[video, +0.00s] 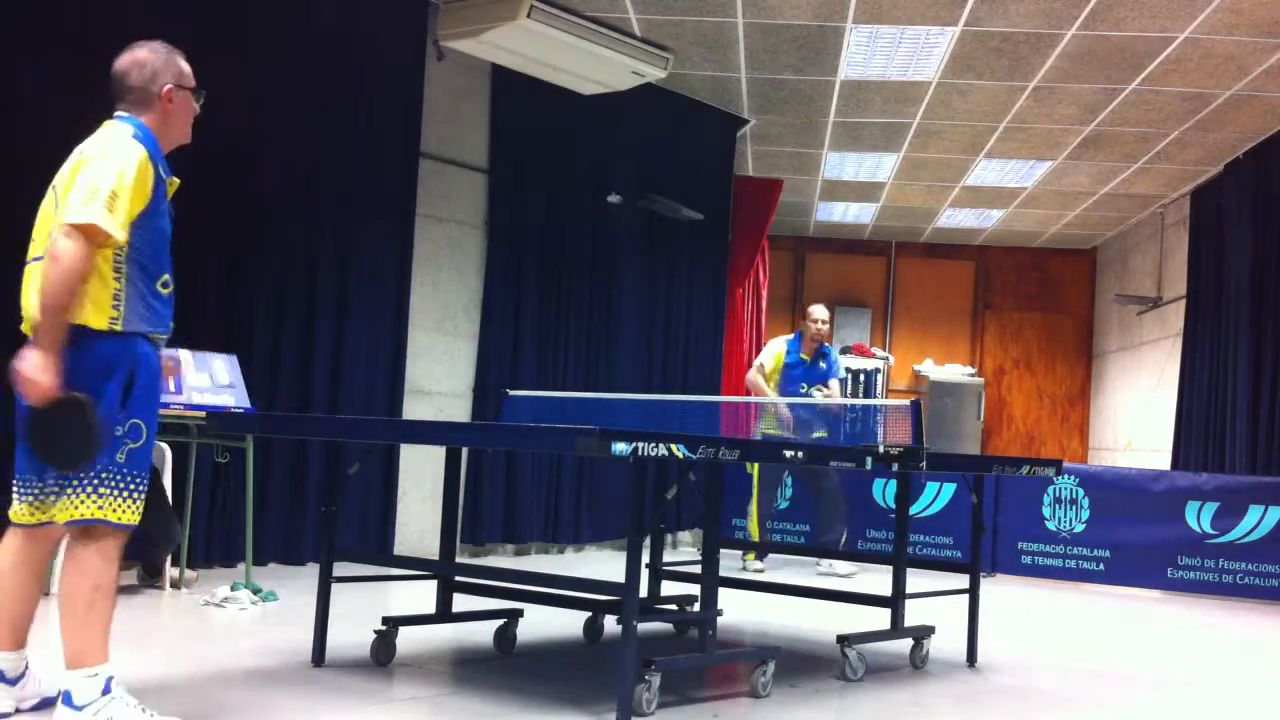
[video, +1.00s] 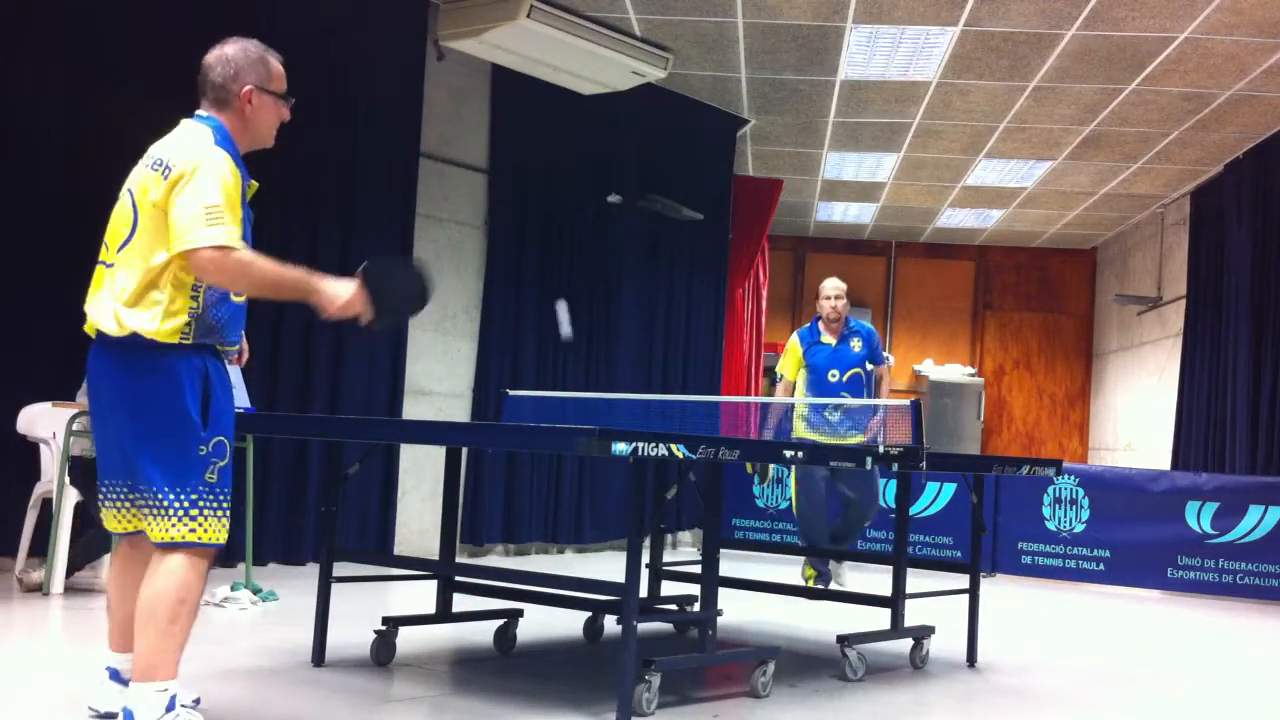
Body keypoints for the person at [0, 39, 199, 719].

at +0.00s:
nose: (196, 108)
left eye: (195, 95)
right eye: (192, 95)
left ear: (139, 95)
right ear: (167, 96)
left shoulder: (107, 149)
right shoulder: (127, 152)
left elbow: (96, 263)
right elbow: (72, 247)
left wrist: (145, 352)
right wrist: (45, 347)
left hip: (69, 352)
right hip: (109, 356)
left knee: (32, 518)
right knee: (101, 527)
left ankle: (7, 672)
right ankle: (89, 689)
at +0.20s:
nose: (210, 100)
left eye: (208, 87)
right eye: (206, 86)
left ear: (151, 87)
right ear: (181, 86)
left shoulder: (110, 142)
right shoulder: (150, 150)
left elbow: (119, 247)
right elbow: (135, 256)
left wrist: (207, 227)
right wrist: (175, 361)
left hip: (75, 353)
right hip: (113, 357)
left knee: (78, 521)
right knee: (104, 530)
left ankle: (31, 668)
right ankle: (86, 691)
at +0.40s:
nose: (227, 94)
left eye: (225, 83)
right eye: (224, 83)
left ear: (155, 84)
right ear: (203, 84)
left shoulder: (123, 135)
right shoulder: (178, 149)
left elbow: (174, 185)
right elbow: (175, 255)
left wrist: (231, 147)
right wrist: (241, 342)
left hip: (90, 349)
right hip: (133, 355)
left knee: (121, 519)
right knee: (115, 523)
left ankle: (101, 674)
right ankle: (87, 689)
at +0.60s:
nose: (242, 99)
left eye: (241, 87)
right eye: (238, 86)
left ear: (176, 89)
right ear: (214, 90)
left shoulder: (141, 142)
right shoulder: (189, 155)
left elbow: (176, 204)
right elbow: (186, 263)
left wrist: (244, 174)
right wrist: (252, 339)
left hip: (113, 354)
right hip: (157, 357)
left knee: (145, 526)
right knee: (156, 530)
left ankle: (126, 672)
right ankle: (95, 683)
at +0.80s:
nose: (269, 107)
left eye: (268, 94)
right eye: (264, 93)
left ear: (213, 95)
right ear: (234, 94)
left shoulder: (162, 149)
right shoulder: (197, 156)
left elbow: (151, 267)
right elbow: (185, 261)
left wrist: (249, 320)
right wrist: (265, 323)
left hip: (127, 358)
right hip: (170, 359)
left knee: (156, 522)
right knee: (205, 520)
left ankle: (124, 674)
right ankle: (136, 681)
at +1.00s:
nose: (286, 111)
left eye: (286, 97)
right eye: (281, 97)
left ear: (227, 98)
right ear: (245, 97)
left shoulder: (171, 149)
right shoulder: (208, 157)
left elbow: (155, 269)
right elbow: (209, 257)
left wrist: (220, 331)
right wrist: (319, 286)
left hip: (122, 361)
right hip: (167, 365)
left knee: (138, 532)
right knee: (191, 539)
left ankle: (125, 679)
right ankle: (154, 701)